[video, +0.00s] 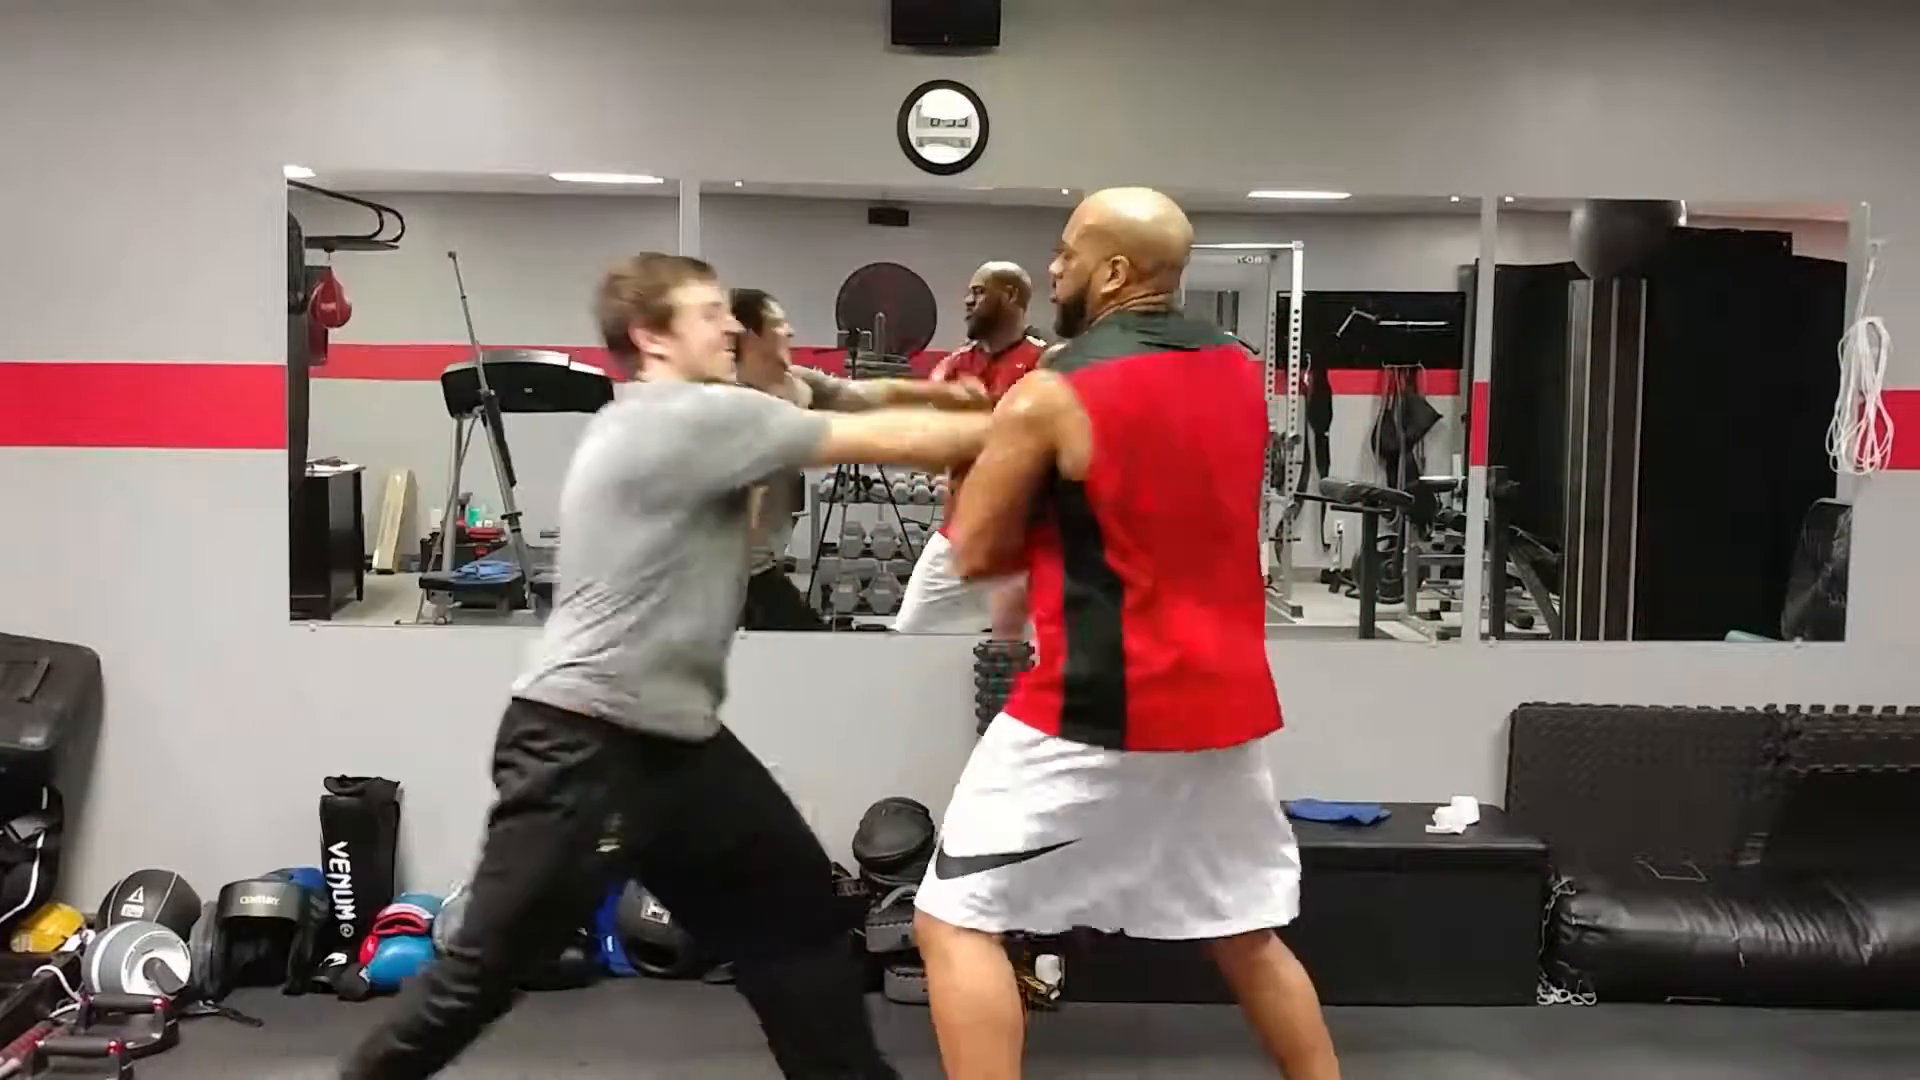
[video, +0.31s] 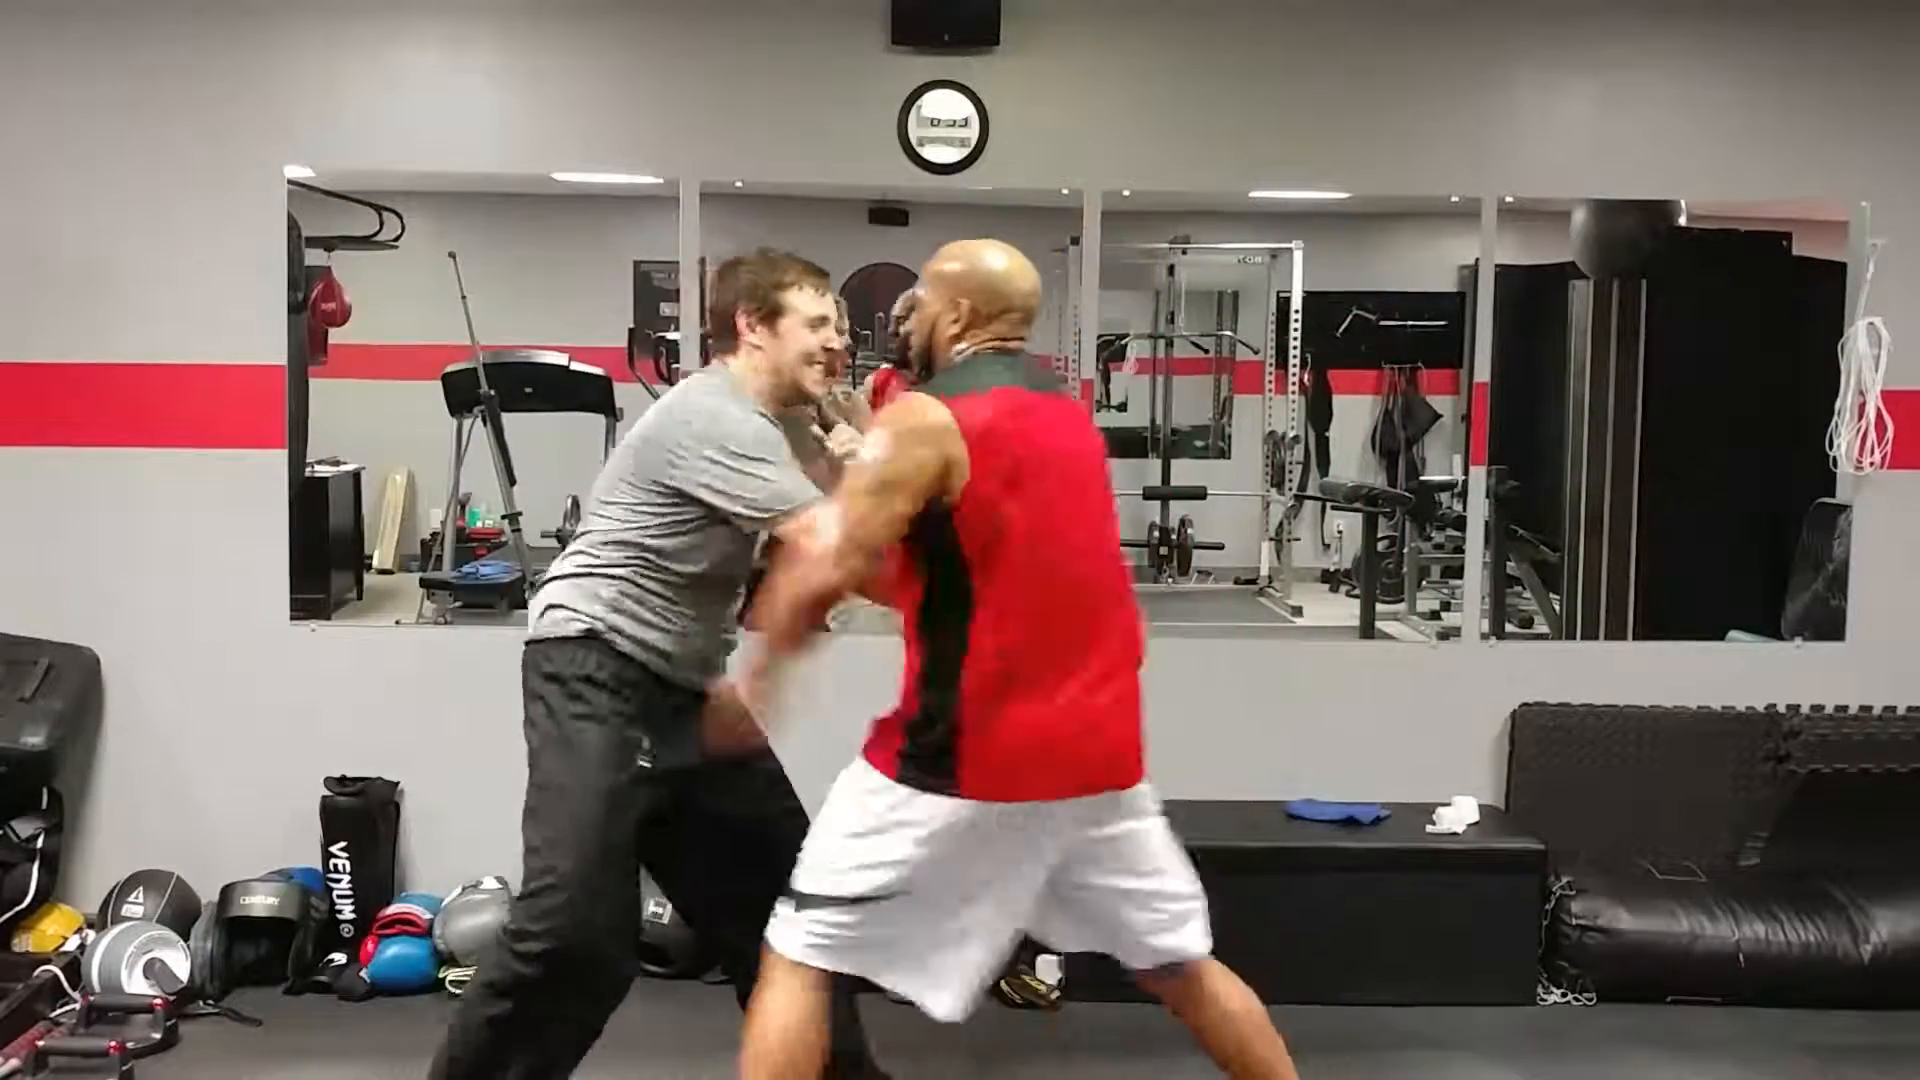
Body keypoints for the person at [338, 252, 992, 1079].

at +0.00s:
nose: (733, 329)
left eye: (729, 313)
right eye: (714, 314)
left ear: (658, 343)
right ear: (652, 338)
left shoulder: (643, 427)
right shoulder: (692, 419)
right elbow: (864, 438)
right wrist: (1016, 427)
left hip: (682, 749)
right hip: (579, 744)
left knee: (805, 939)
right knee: (473, 979)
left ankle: (849, 1073)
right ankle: (359, 1075)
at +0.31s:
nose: (838, 342)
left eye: (839, 327)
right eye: (820, 323)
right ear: (753, 328)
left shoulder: (762, 432)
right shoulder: (711, 412)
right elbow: (845, 551)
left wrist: (857, 486)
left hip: (683, 686)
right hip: (594, 659)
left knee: (788, 910)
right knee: (576, 937)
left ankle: (835, 1065)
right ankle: (473, 1072)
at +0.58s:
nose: (762, 374)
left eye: (766, 358)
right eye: (751, 352)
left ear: (688, 343)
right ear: (692, 339)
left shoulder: (679, 441)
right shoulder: (637, 428)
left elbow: (658, 582)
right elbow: (779, 559)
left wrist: (739, 522)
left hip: (616, 723)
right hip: (515, 714)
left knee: (733, 886)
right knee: (451, 956)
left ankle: (786, 1054)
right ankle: (360, 1077)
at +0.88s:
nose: (771, 368)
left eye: (777, 349)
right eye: (759, 343)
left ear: (699, 337)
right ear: (695, 333)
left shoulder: (688, 427)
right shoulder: (634, 422)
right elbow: (737, 570)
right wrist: (878, 616)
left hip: (605, 707)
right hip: (498, 699)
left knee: (686, 918)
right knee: (465, 950)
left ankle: (660, 1072)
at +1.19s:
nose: (639, 298)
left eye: (638, 278)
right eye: (620, 277)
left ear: (570, 285)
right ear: (549, 281)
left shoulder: (595, 397)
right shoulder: (468, 381)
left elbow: (595, 519)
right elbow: (472, 558)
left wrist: (657, 503)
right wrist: (630, 547)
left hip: (547, 717)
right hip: (419, 715)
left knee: (619, 957)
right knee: (340, 974)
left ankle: (664, 1077)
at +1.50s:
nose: (562, 278)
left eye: (563, 259)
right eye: (543, 258)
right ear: (470, 265)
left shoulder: (562, 377)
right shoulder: (380, 363)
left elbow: (671, 440)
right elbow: (448, 468)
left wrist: (623, 335)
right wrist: (509, 334)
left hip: (544, 711)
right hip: (391, 714)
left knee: (607, 966)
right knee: (314, 968)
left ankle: (615, 1078)